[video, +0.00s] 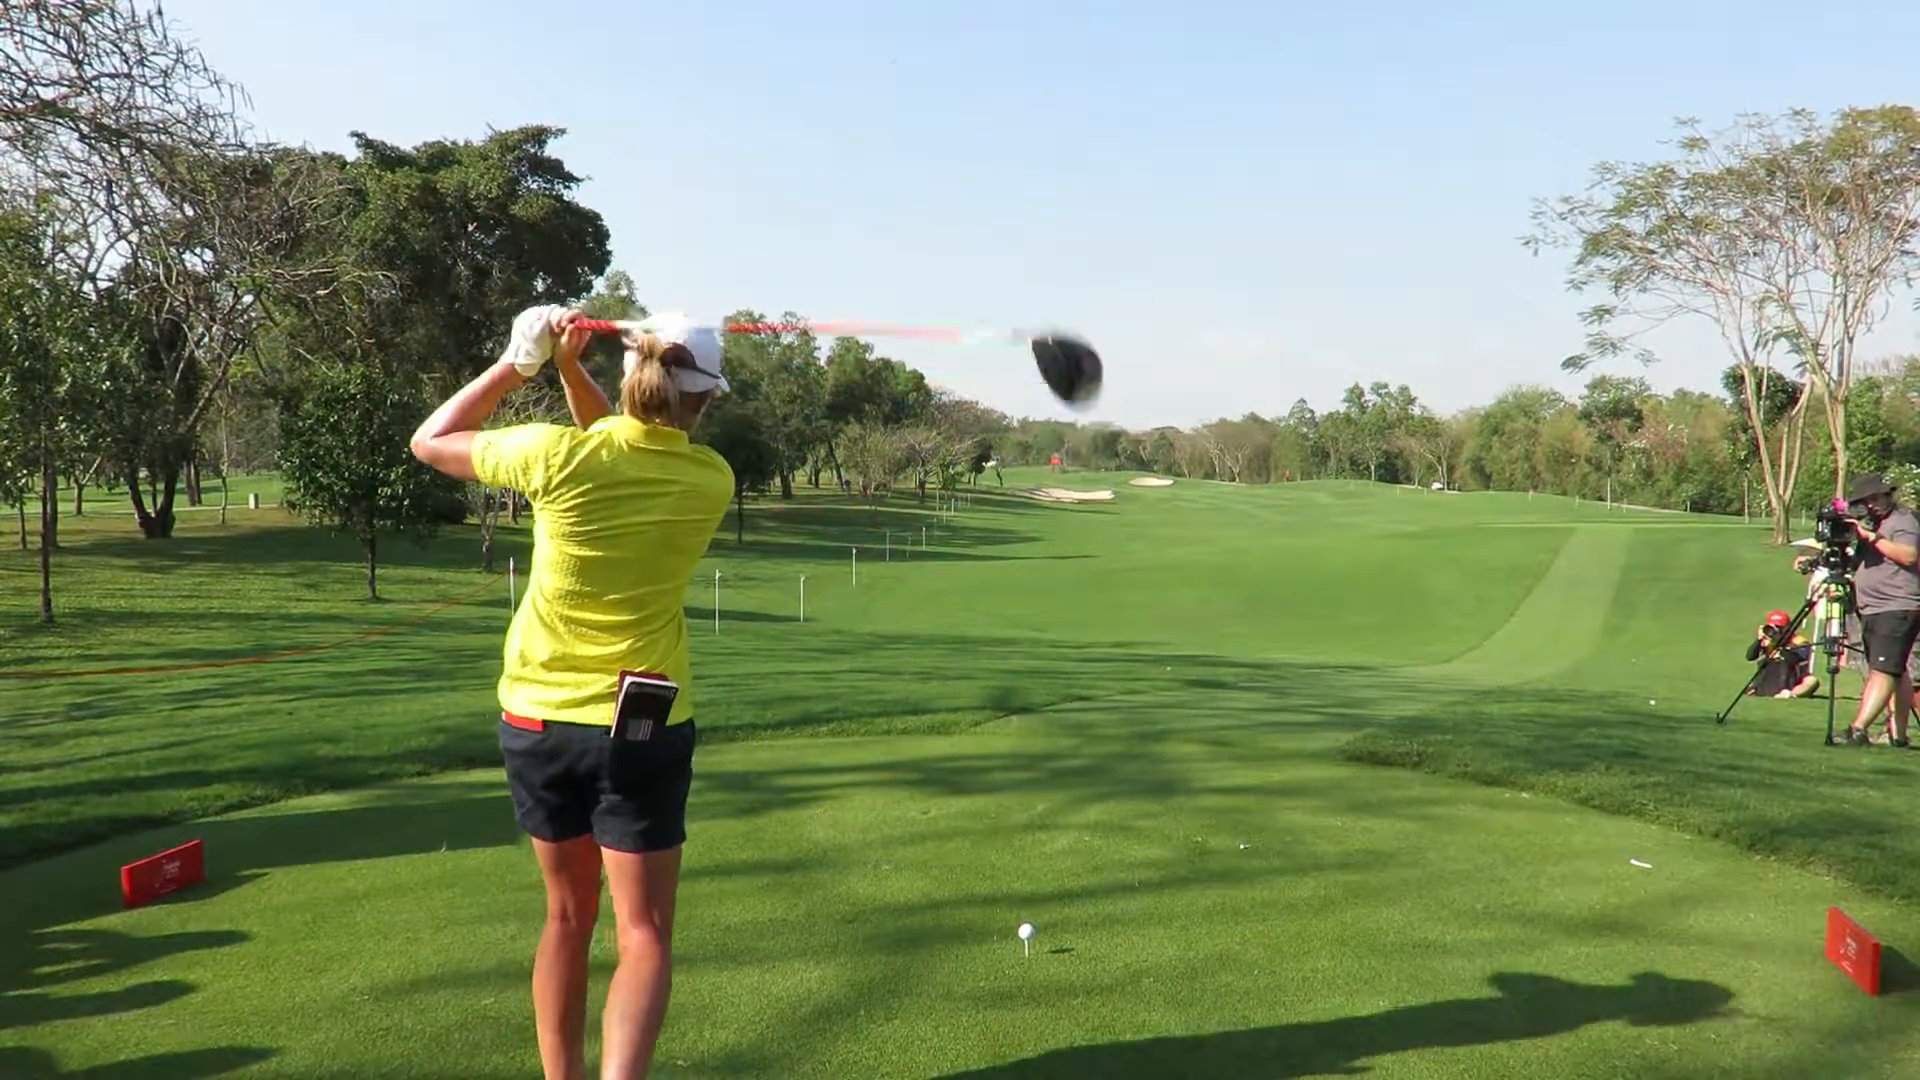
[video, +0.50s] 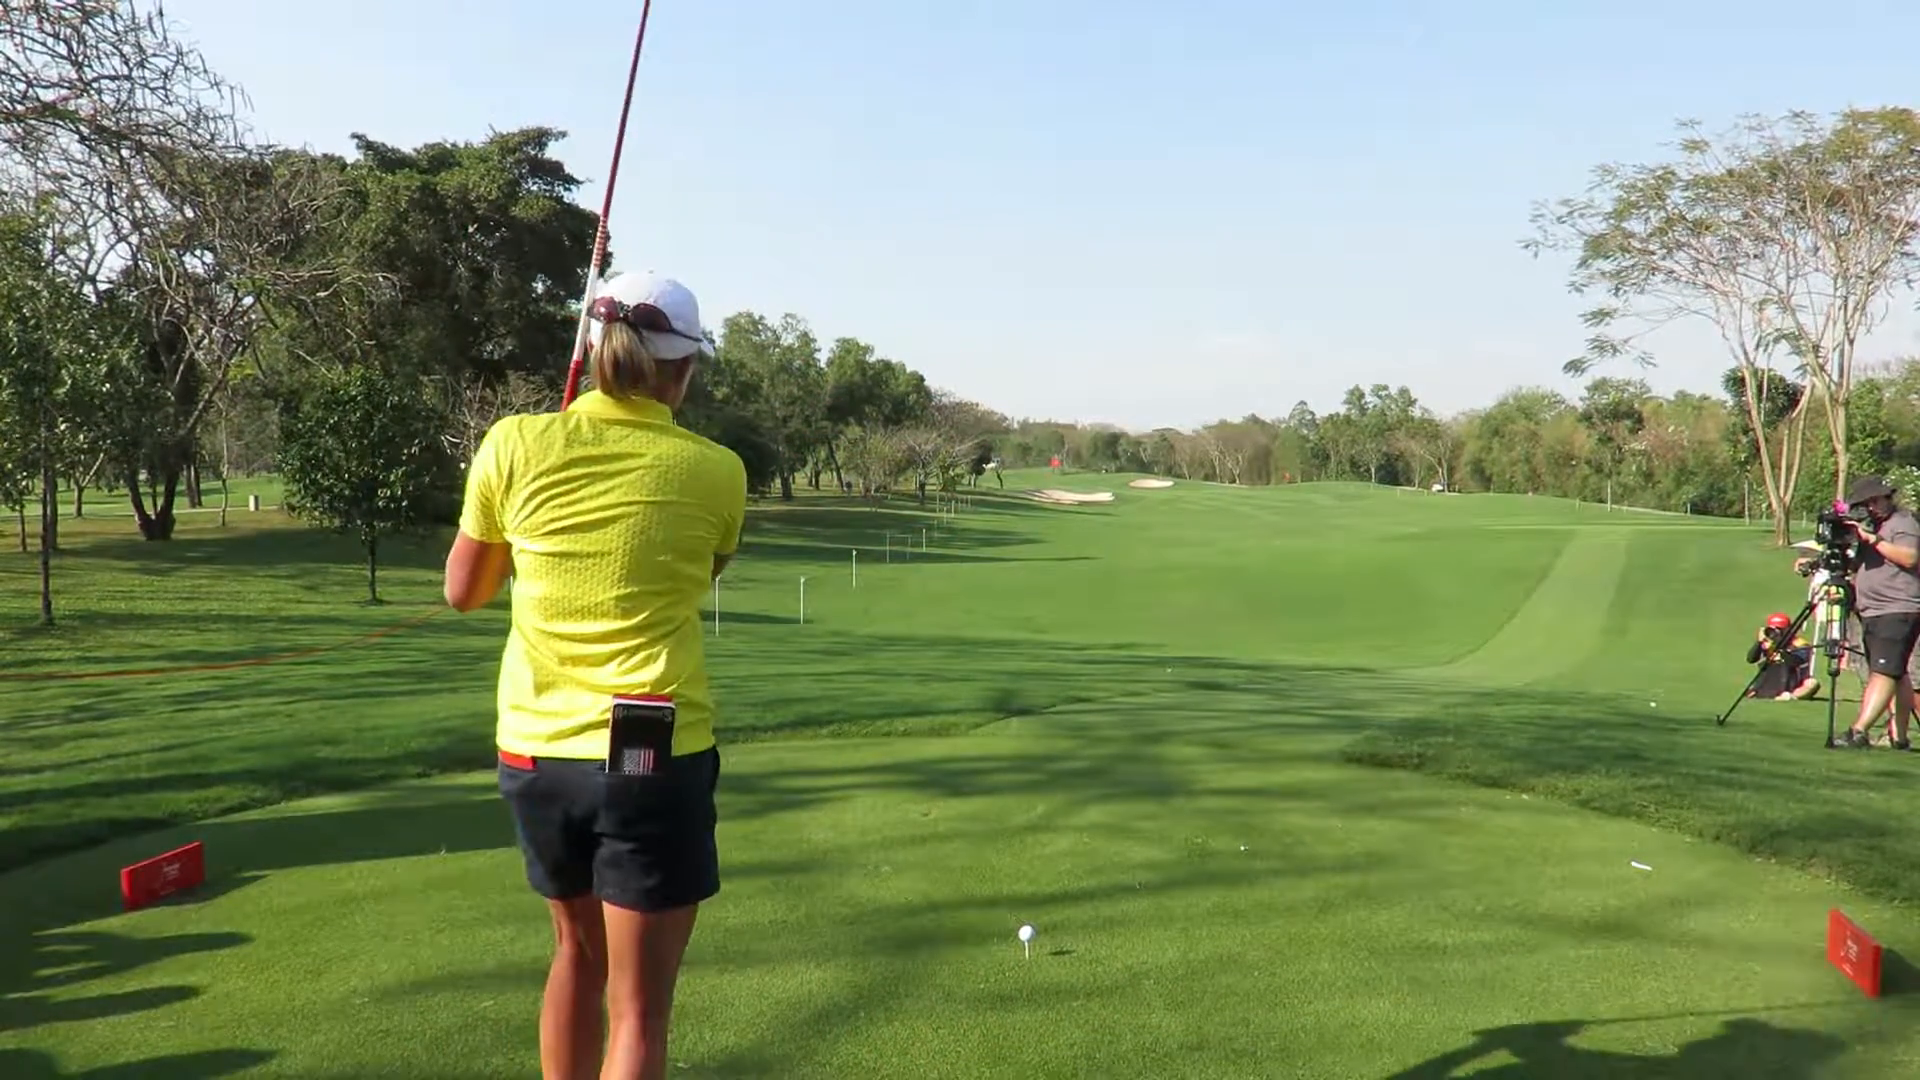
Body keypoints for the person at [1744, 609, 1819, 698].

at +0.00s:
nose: (1773, 633)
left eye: (1777, 630)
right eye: (1770, 630)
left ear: (1786, 629)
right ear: (1767, 629)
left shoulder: (1799, 642)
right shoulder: (1769, 642)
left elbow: (1800, 657)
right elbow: (1750, 657)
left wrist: (1782, 653)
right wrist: (1759, 640)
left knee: (1812, 680)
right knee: (1749, 689)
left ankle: (1791, 694)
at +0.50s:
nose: (1774, 635)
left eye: (1778, 631)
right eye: (1771, 631)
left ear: (1786, 631)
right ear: (1767, 632)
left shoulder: (1800, 645)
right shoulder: (1769, 644)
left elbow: (1796, 661)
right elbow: (1751, 659)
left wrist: (1781, 653)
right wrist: (1759, 643)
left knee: (1813, 683)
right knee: (1750, 691)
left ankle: (1792, 696)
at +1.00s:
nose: (1775, 635)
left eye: (1779, 631)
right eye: (1771, 632)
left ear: (1788, 632)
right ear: (1767, 633)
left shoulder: (1801, 645)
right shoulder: (1769, 645)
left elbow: (1799, 661)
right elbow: (1752, 660)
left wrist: (1783, 656)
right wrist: (1761, 644)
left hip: (1792, 686)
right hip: (1769, 684)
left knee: (1814, 684)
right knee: (1750, 692)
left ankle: (1793, 697)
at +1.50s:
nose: (1774, 635)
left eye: (1778, 631)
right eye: (1771, 632)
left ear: (1787, 631)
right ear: (1767, 633)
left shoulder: (1799, 644)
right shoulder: (1768, 645)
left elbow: (1798, 660)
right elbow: (1750, 660)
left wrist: (1782, 655)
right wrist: (1759, 643)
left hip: (1792, 683)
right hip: (1769, 682)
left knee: (1812, 683)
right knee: (1749, 690)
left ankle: (1791, 696)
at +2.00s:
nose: (1774, 636)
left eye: (1777, 632)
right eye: (1771, 632)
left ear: (1786, 631)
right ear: (1767, 632)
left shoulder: (1798, 644)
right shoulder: (1767, 645)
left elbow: (1799, 661)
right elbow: (1750, 660)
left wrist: (1783, 655)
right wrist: (1759, 643)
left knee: (1812, 683)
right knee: (1749, 691)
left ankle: (1791, 696)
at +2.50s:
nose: (1774, 636)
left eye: (1777, 632)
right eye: (1771, 632)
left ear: (1786, 631)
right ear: (1767, 633)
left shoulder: (1799, 644)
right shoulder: (1768, 645)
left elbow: (1798, 661)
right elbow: (1750, 660)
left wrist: (1782, 656)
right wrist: (1759, 643)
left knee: (1813, 683)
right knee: (1749, 691)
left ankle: (1791, 696)